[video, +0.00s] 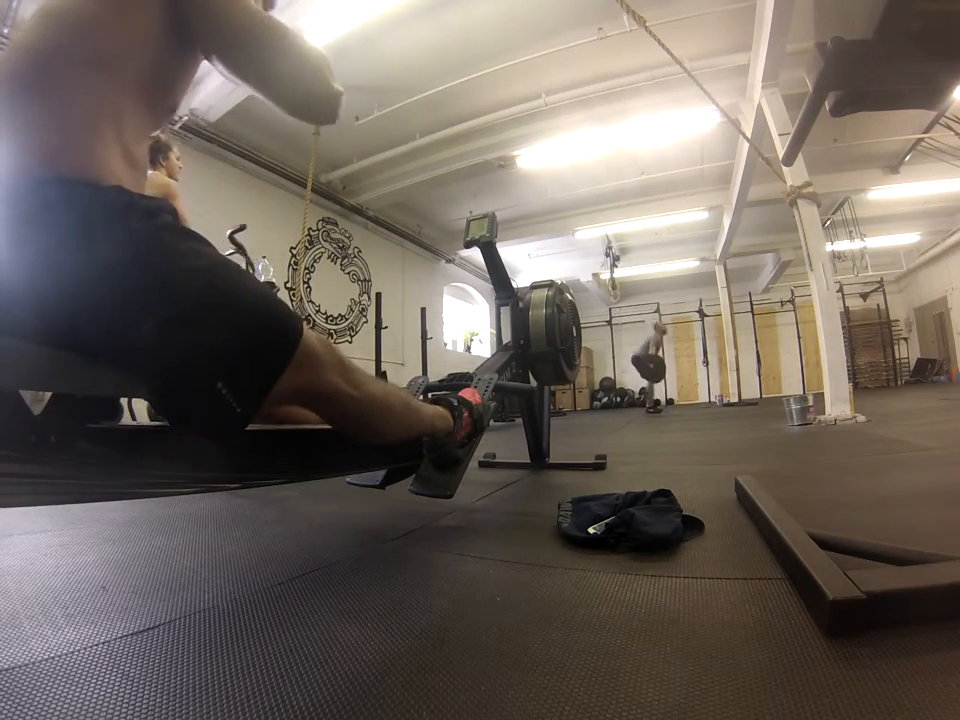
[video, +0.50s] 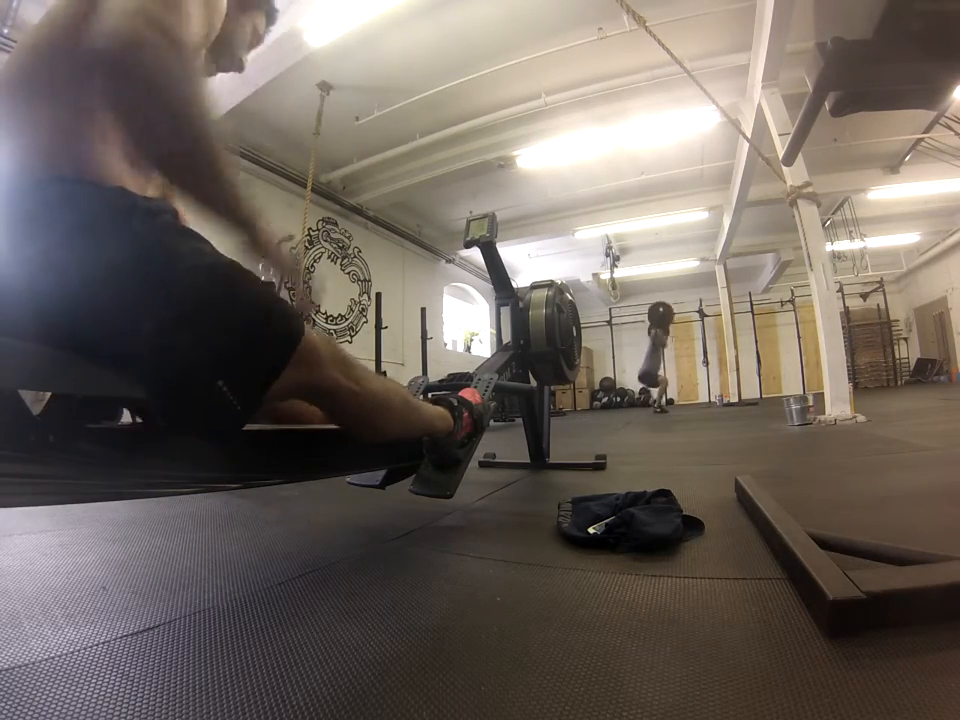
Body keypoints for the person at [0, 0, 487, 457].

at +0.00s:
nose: (265, 14)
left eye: (264, 11)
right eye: (263, 7)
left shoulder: (57, 25)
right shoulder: (184, 5)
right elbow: (321, 100)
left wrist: (158, 165)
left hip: (11, 227)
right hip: (94, 225)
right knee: (331, 382)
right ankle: (445, 424)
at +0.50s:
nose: (256, 48)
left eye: (265, 36)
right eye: (264, 25)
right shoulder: (179, 2)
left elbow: (154, 200)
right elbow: (128, 53)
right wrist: (258, 233)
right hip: (75, 218)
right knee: (322, 366)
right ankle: (444, 424)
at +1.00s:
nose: (315, 142)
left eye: (335, 102)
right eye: (333, 94)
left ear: (290, 51)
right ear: (320, 70)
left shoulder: (203, 93)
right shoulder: (304, 70)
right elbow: (402, 183)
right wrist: (451, 267)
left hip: (105, 299)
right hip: (190, 286)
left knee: (278, 301)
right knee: (398, 270)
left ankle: (363, 415)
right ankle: (443, 426)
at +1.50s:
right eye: (437, 176)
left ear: (373, 154)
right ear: (429, 164)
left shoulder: (323, 181)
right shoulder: (429, 177)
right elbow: (509, 267)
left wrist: (400, 350)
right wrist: (516, 334)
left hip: (233, 346)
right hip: (316, 328)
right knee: (467, 253)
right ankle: (441, 423)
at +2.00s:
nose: (343, 49)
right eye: (340, 40)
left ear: (272, 60)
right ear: (336, 44)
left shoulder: (243, 121)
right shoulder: (367, 95)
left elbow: (323, 227)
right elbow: (450, 200)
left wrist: (382, 263)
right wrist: (485, 244)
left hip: (198, 334)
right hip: (287, 315)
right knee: (445, 250)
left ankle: (364, 409)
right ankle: (441, 426)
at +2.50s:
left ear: (175, 11)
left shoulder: (149, 63)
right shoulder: (274, 26)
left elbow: (197, 185)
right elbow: (372, 151)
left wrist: (303, 240)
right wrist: (438, 223)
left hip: (129, 313)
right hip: (224, 298)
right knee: (418, 258)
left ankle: (365, 411)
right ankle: (443, 422)